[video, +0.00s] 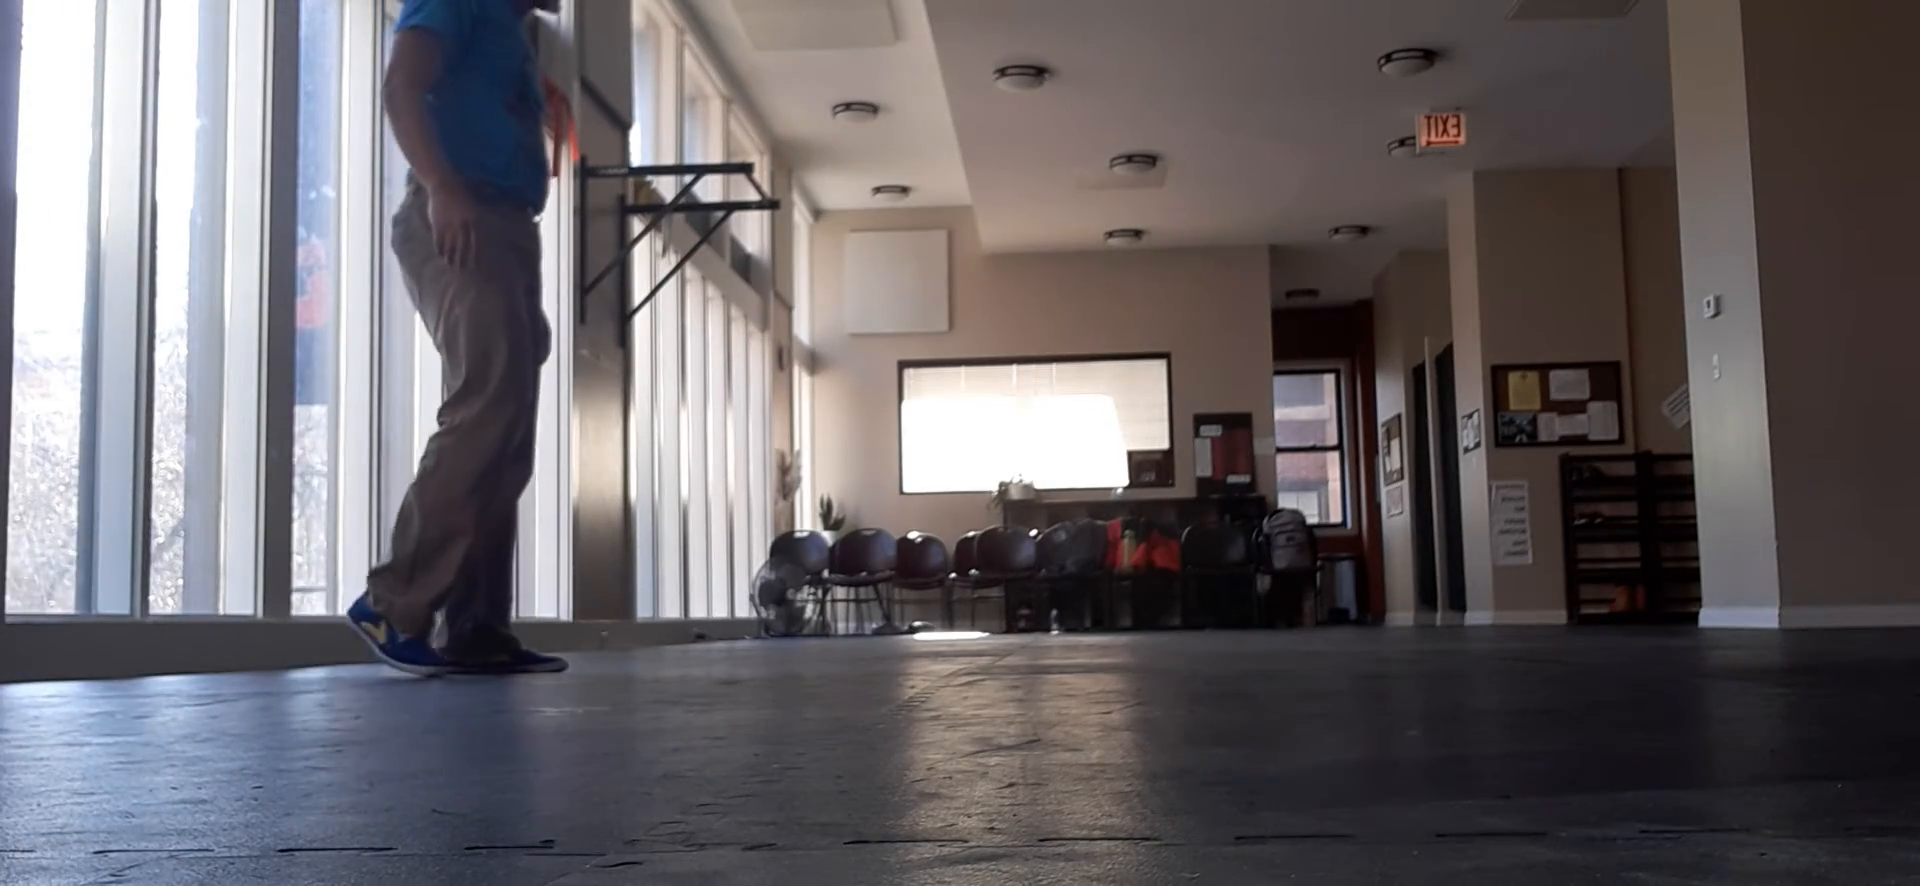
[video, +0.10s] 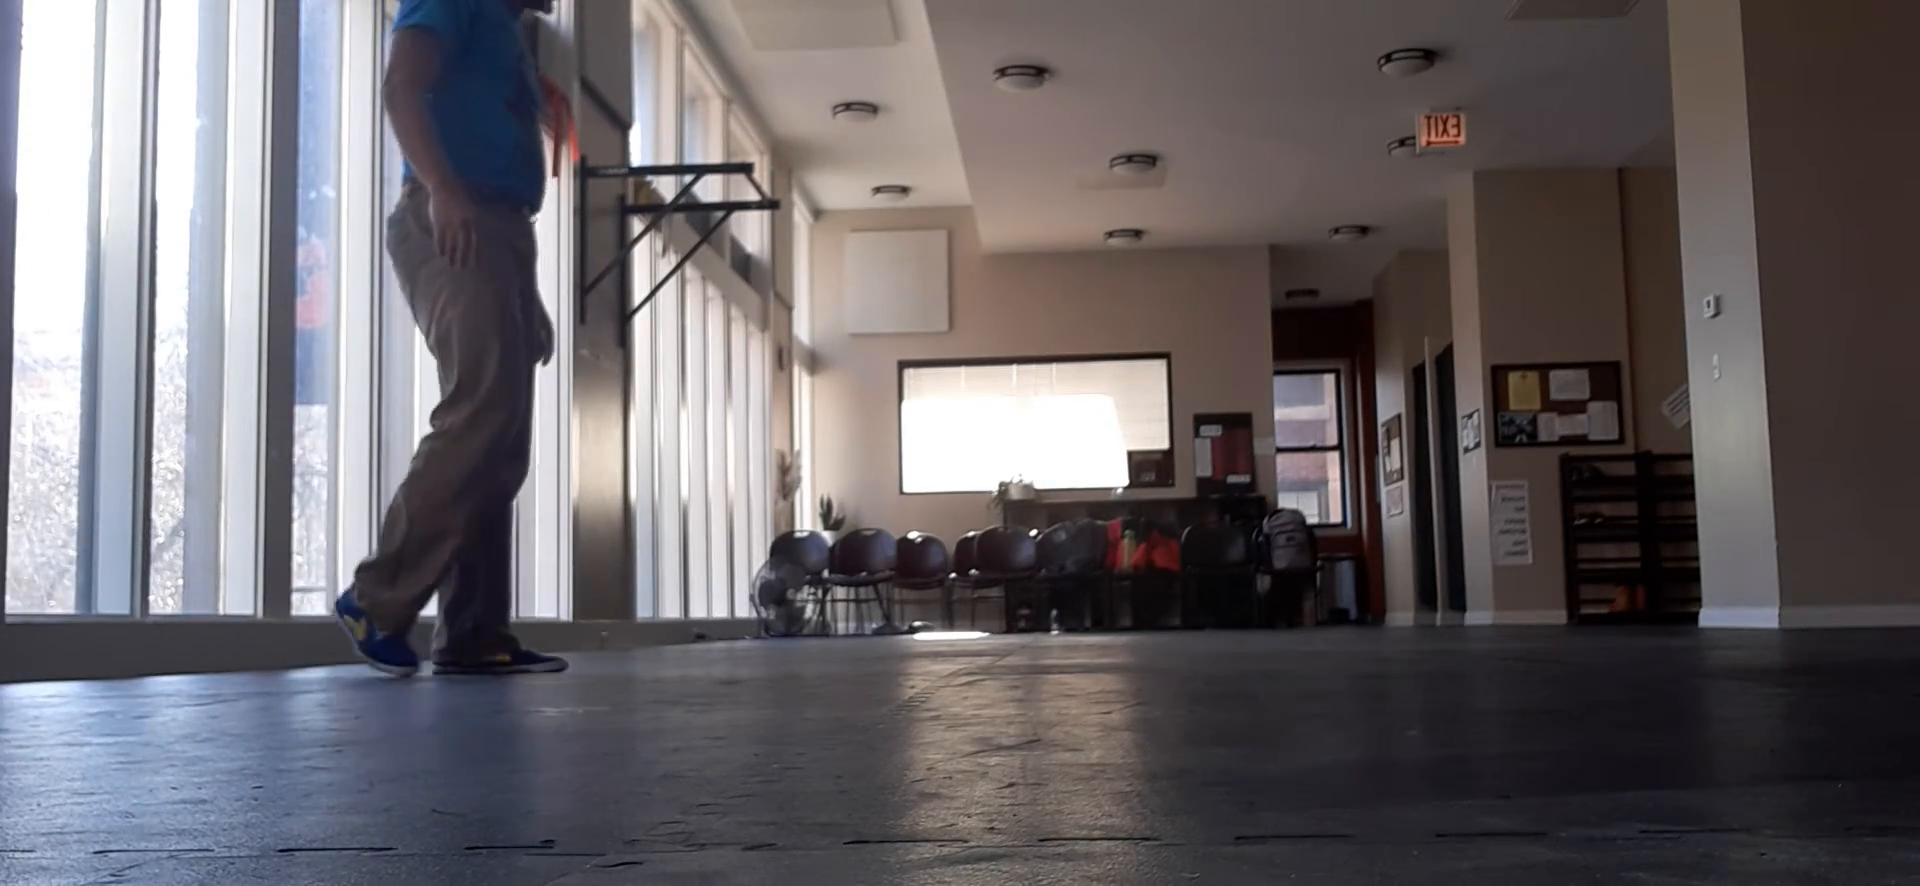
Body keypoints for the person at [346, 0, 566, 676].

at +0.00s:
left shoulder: (511, 24)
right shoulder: (457, 5)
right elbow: (402, 90)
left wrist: (542, 99)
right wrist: (442, 189)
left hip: (507, 219)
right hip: (460, 213)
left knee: (507, 428)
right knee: (486, 405)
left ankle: (475, 631)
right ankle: (393, 605)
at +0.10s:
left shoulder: (505, 26)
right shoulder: (452, 6)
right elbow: (403, 90)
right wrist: (444, 191)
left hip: (500, 225)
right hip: (456, 219)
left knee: (501, 438)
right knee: (481, 414)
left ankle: (474, 636)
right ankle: (378, 601)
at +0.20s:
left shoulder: (500, 34)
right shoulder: (447, 6)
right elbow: (399, 88)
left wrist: (523, 286)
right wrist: (446, 188)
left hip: (497, 230)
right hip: (451, 221)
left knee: (496, 445)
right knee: (472, 419)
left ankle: (474, 639)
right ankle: (358, 593)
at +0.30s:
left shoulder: (491, 40)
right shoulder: (436, 5)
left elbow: (493, 172)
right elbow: (391, 94)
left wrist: (524, 283)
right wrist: (448, 185)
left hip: (495, 233)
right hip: (442, 223)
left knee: (491, 447)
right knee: (452, 422)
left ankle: (473, 638)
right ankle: (343, 591)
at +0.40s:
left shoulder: (483, 34)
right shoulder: (414, 4)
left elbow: (484, 176)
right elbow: (378, 99)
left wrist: (520, 287)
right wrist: (441, 185)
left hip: (492, 238)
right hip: (430, 227)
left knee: (484, 453)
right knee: (415, 434)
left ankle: (472, 638)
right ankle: (336, 615)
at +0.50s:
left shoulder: (471, 30)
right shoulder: (394, 5)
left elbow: (471, 167)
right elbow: (357, 104)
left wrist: (504, 287)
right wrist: (422, 184)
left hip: (480, 238)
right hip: (411, 230)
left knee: (474, 453)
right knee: (391, 433)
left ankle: (472, 639)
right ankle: (328, 625)